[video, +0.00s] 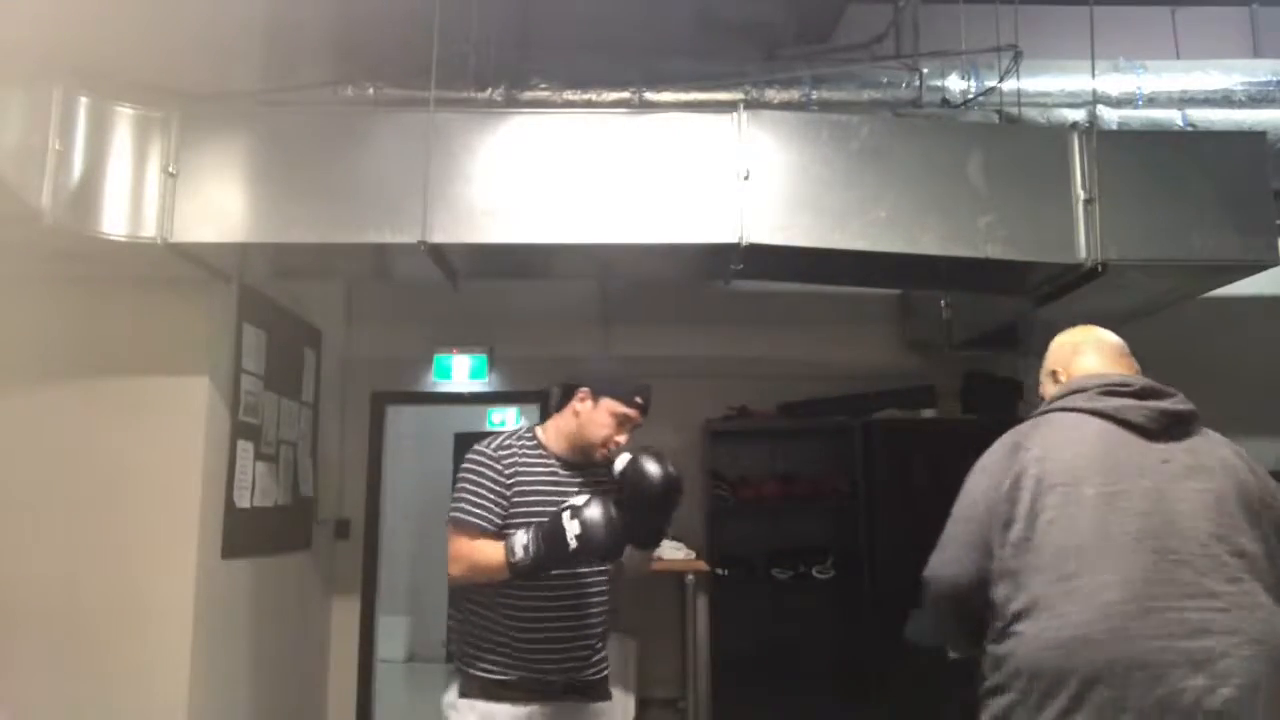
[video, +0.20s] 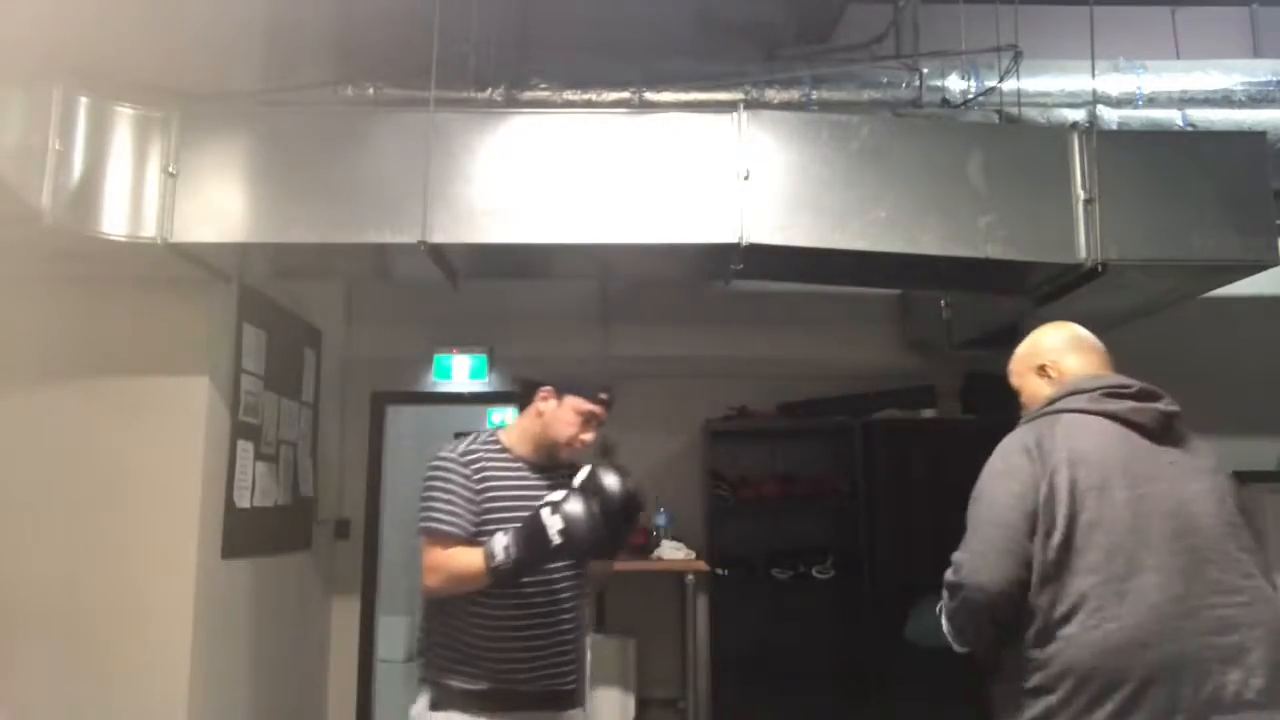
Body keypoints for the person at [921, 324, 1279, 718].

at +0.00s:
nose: (1040, 395)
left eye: (1042, 385)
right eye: (1041, 385)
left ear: (1054, 380)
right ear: (1137, 374)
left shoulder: (1017, 450)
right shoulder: (1232, 457)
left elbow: (950, 579)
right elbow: (1273, 565)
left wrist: (969, 648)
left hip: (1055, 690)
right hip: (1237, 688)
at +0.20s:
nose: (1022, 407)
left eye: (1020, 392)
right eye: (1017, 394)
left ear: (1048, 373)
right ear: (1104, 371)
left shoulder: (1029, 446)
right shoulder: (1198, 447)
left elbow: (984, 582)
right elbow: (1246, 558)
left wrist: (961, 630)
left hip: (1095, 695)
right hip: (1243, 686)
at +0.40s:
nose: (976, 420)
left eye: (977, 402)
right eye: (971, 404)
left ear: (1013, 387)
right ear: (1059, 379)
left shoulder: (1004, 462)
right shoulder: (1143, 450)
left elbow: (976, 599)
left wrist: (933, 627)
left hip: (1114, 698)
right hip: (1240, 686)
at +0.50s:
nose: (957, 421)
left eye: (959, 405)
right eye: (954, 407)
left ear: (1000, 392)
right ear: (1036, 387)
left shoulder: (993, 471)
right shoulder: (1115, 454)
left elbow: (968, 614)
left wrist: (922, 639)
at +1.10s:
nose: (975, 406)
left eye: (983, 389)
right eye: (975, 392)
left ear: (1031, 384)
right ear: (1031, 384)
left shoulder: (1041, 463)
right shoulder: (1100, 445)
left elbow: (1020, 602)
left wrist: (934, 614)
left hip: (1108, 704)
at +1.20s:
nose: (983, 403)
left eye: (992, 385)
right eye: (984, 388)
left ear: (1042, 382)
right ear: (1044, 383)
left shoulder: (1059, 461)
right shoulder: (1107, 444)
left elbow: (1022, 600)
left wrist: (933, 593)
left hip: (1111, 705)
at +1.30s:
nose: (994, 403)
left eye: (1003, 387)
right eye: (994, 389)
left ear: (1052, 381)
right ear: (1055, 383)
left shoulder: (1069, 455)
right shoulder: (1111, 443)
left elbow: (1010, 568)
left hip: (1116, 699)